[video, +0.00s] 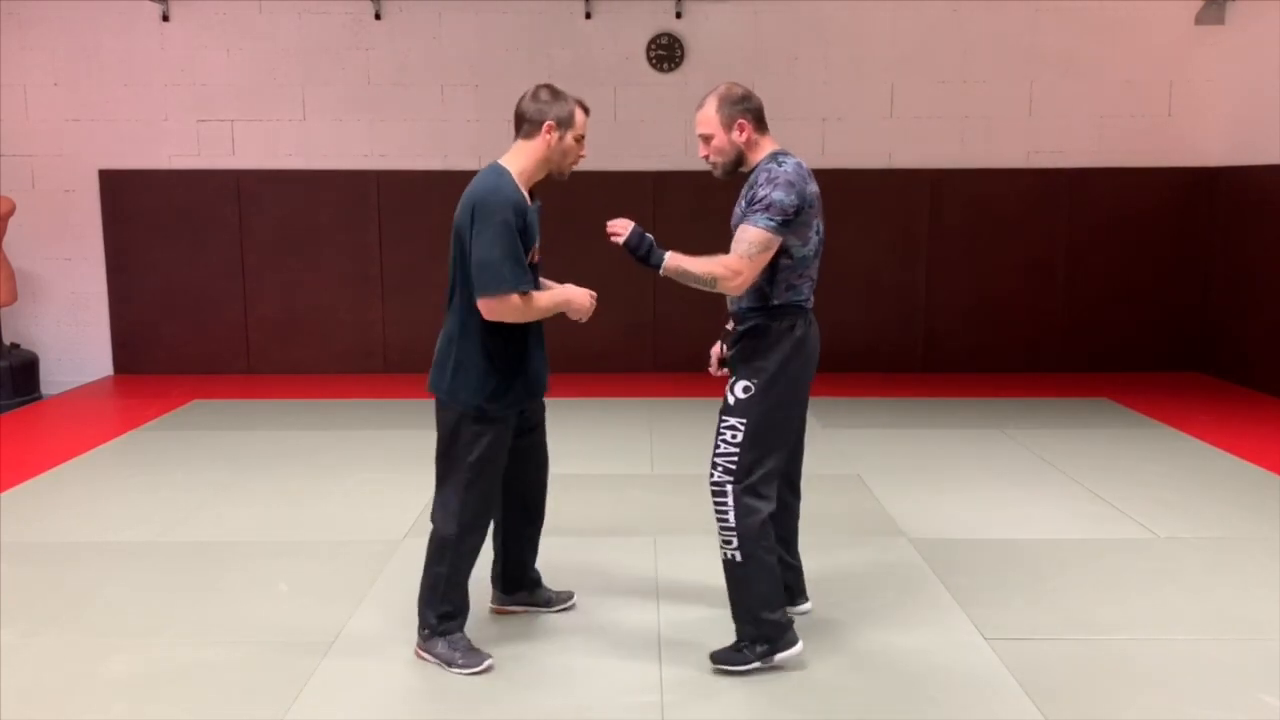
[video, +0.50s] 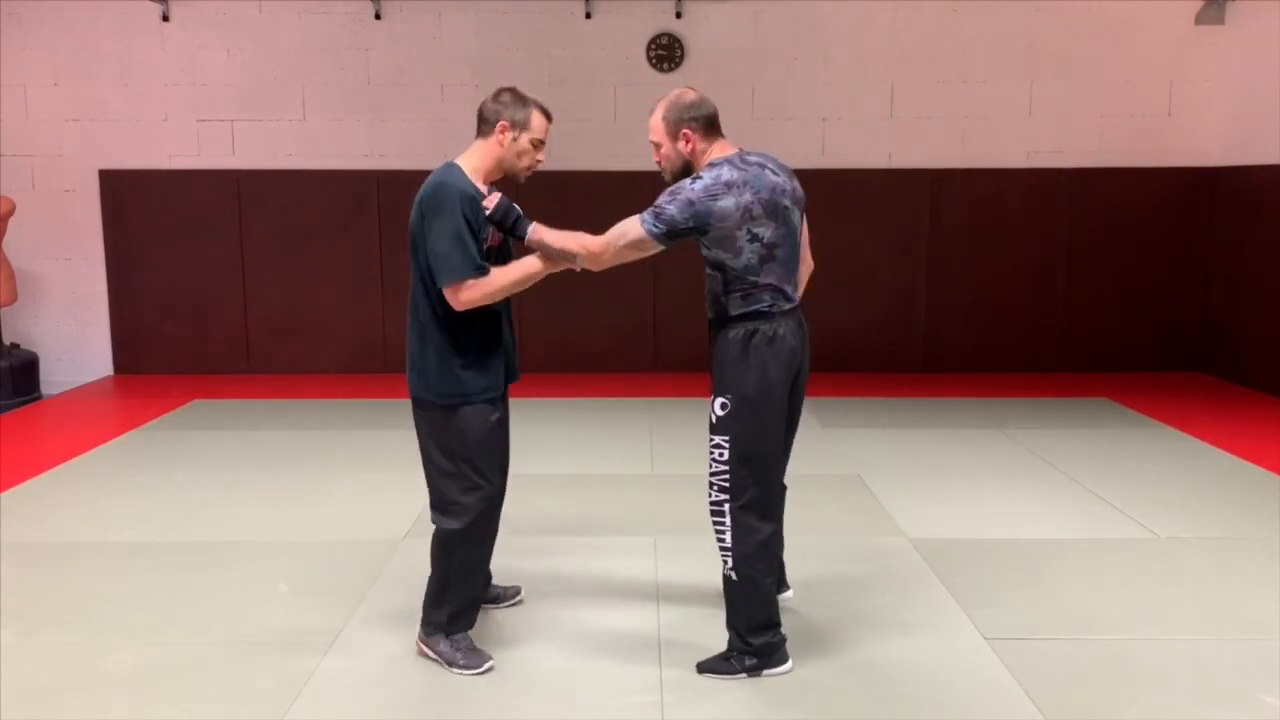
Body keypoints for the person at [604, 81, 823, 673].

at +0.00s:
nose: (703, 151)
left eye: (708, 139)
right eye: (700, 139)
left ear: (743, 131)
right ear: (744, 132)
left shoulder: (780, 180)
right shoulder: (769, 176)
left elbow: (739, 272)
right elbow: (765, 277)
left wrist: (656, 255)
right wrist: (734, 336)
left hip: (774, 340)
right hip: (776, 337)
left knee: (733, 481)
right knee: (775, 474)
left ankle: (766, 634)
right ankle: (785, 589)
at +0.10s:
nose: (694, 152)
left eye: (699, 139)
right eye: (692, 140)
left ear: (735, 132)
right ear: (737, 133)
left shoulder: (767, 183)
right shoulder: (770, 175)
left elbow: (710, 272)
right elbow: (766, 272)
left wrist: (631, 243)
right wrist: (728, 329)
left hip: (765, 342)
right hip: (773, 339)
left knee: (732, 486)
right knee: (771, 474)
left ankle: (754, 642)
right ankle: (783, 586)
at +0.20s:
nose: (684, 152)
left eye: (688, 139)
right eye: (681, 140)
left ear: (723, 131)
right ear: (729, 131)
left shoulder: (748, 188)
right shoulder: (779, 175)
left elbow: (671, 269)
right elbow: (765, 266)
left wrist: (594, 238)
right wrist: (727, 320)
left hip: (758, 344)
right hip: (780, 339)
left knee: (736, 491)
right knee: (774, 477)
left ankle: (755, 643)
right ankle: (785, 584)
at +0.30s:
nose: (669, 153)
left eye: (673, 141)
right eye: (667, 141)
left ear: (707, 135)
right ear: (719, 133)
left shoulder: (720, 190)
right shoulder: (775, 172)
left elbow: (623, 252)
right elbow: (769, 259)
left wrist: (535, 242)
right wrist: (731, 314)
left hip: (758, 346)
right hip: (788, 338)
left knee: (737, 495)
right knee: (776, 474)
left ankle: (755, 645)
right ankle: (782, 578)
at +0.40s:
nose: (657, 155)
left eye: (661, 143)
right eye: (655, 143)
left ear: (692, 138)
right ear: (712, 133)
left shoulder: (706, 194)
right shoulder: (775, 173)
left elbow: (604, 252)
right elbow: (793, 264)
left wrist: (524, 236)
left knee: (735, 494)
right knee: (768, 471)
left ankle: (756, 647)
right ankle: (778, 574)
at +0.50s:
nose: (655, 155)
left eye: (658, 143)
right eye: (653, 144)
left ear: (688, 137)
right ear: (708, 133)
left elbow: (599, 250)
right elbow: (803, 264)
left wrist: (522, 228)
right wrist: (773, 317)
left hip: (749, 346)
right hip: (784, 338)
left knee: (736, 496)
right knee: (762, 477)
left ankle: (757, 645)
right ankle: (767, 577)